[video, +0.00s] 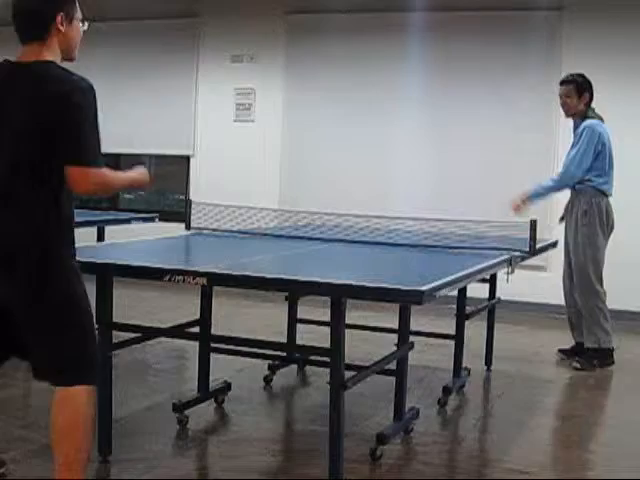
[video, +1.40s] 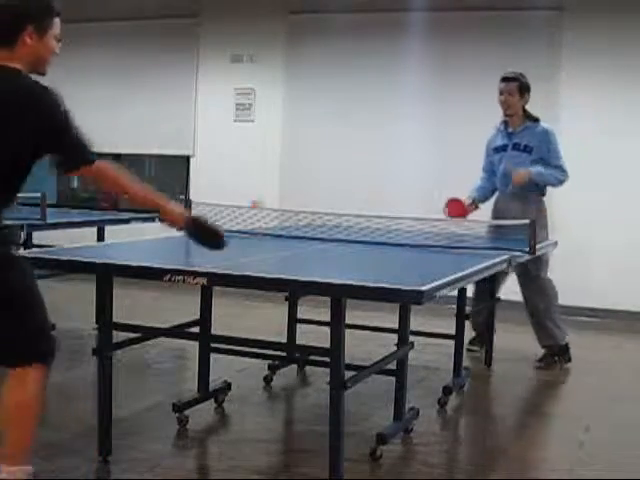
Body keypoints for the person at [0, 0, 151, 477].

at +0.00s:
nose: (83, 31)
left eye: (82, 20)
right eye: (80, 20)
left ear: (25, 25)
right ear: (60, 24)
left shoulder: (6, 77)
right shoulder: (70, 88)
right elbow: (83, 180)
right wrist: (132, 177)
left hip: (5, 250)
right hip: (39, 255)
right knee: (76, 370)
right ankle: (70, 475)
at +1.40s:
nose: (57, 49)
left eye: (58, 39)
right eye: (54, 38)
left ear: (18, 36)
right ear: (26, 37)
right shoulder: (30, 97)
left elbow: (87, 166)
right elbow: (91, 169)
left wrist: (167, 209)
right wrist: (170, 210)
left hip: (2, 248)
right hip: (0, 249)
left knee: (25, 351)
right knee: (29, 353)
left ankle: (14, 468)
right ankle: (12, 470)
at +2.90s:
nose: (101, 40)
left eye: (101, 30)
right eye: (101, 30)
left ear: (44, 31)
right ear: (90, 32)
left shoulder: (12, 79)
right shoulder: (73, 84)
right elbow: (58, 164)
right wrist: (101, 213)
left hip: (7, 253)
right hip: (30, 259)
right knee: (94, 361)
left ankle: (80, 457)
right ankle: (79, 471)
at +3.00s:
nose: (115, 51)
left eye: (114, 41)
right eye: (113, 42)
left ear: (59, 44)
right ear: (101, 45)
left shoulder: (21, 98)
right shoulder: (87, 100)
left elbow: (22, 182)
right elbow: (76, 182)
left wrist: (116, 218)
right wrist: (125, 225)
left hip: (9, 268)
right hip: (48, 273)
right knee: (106, 381)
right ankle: (96, 472)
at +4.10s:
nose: (282, 10)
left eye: (284, 4)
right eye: (281, 2)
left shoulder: (150, 40)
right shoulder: (237, 37)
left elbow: (78, 104)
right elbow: (253, 129)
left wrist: (42, 157)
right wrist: (380, 162)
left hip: (126, 282)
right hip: (195, 285)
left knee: (150, 451)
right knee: (225, 455)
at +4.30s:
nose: (252, 6)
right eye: (251, 2)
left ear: (187, 1)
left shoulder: (123, 55)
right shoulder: (242, 52)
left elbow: (53, 132)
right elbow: (252, 154)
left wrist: (12, 209)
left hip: (101, 304)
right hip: (183, 314)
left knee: (122, 446)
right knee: (217, 462)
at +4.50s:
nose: (209, 7)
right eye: (208, 5)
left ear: (145, 3)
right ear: (198, 4)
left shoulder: (81, 59)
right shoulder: (212, 63)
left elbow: (23, 156)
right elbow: (206, 169)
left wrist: (5, 243)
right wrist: (219, 273)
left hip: (73, 285)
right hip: (158, 293)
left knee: (74, 413)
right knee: (184, 455)